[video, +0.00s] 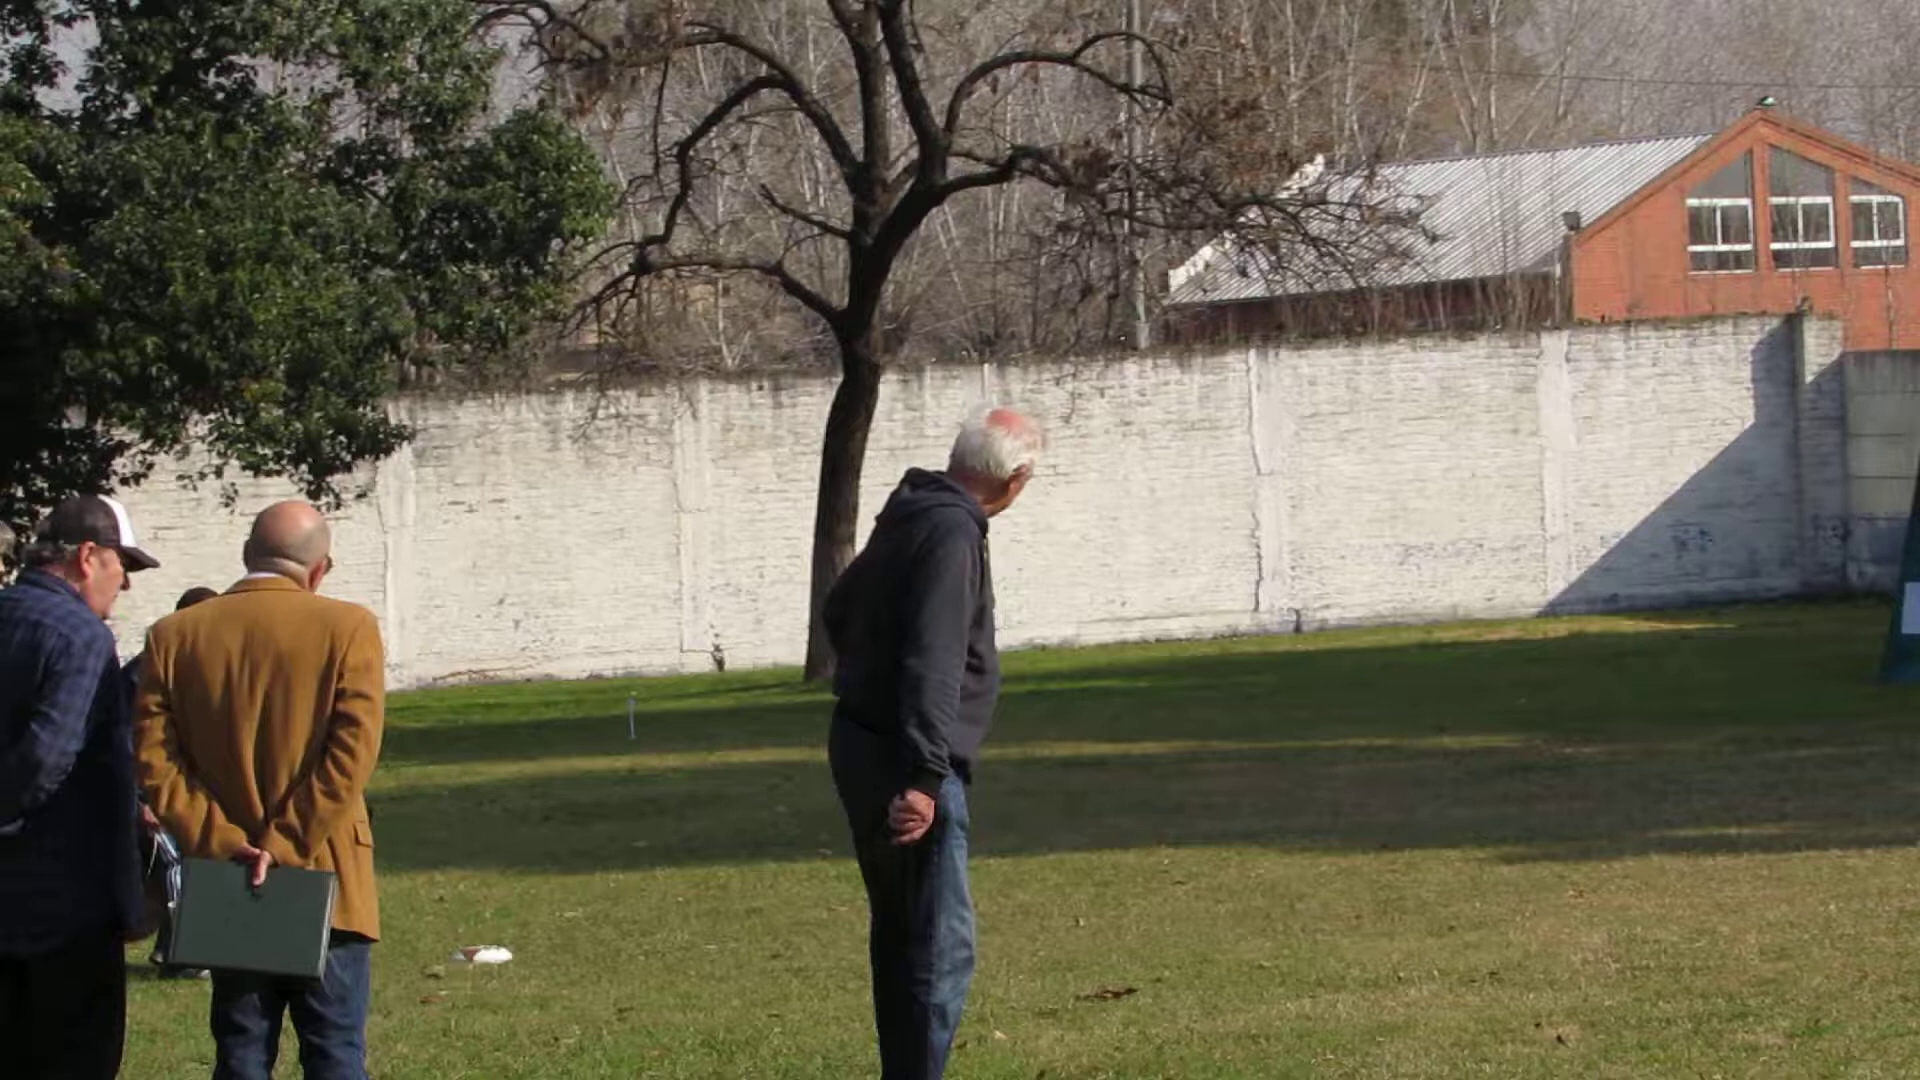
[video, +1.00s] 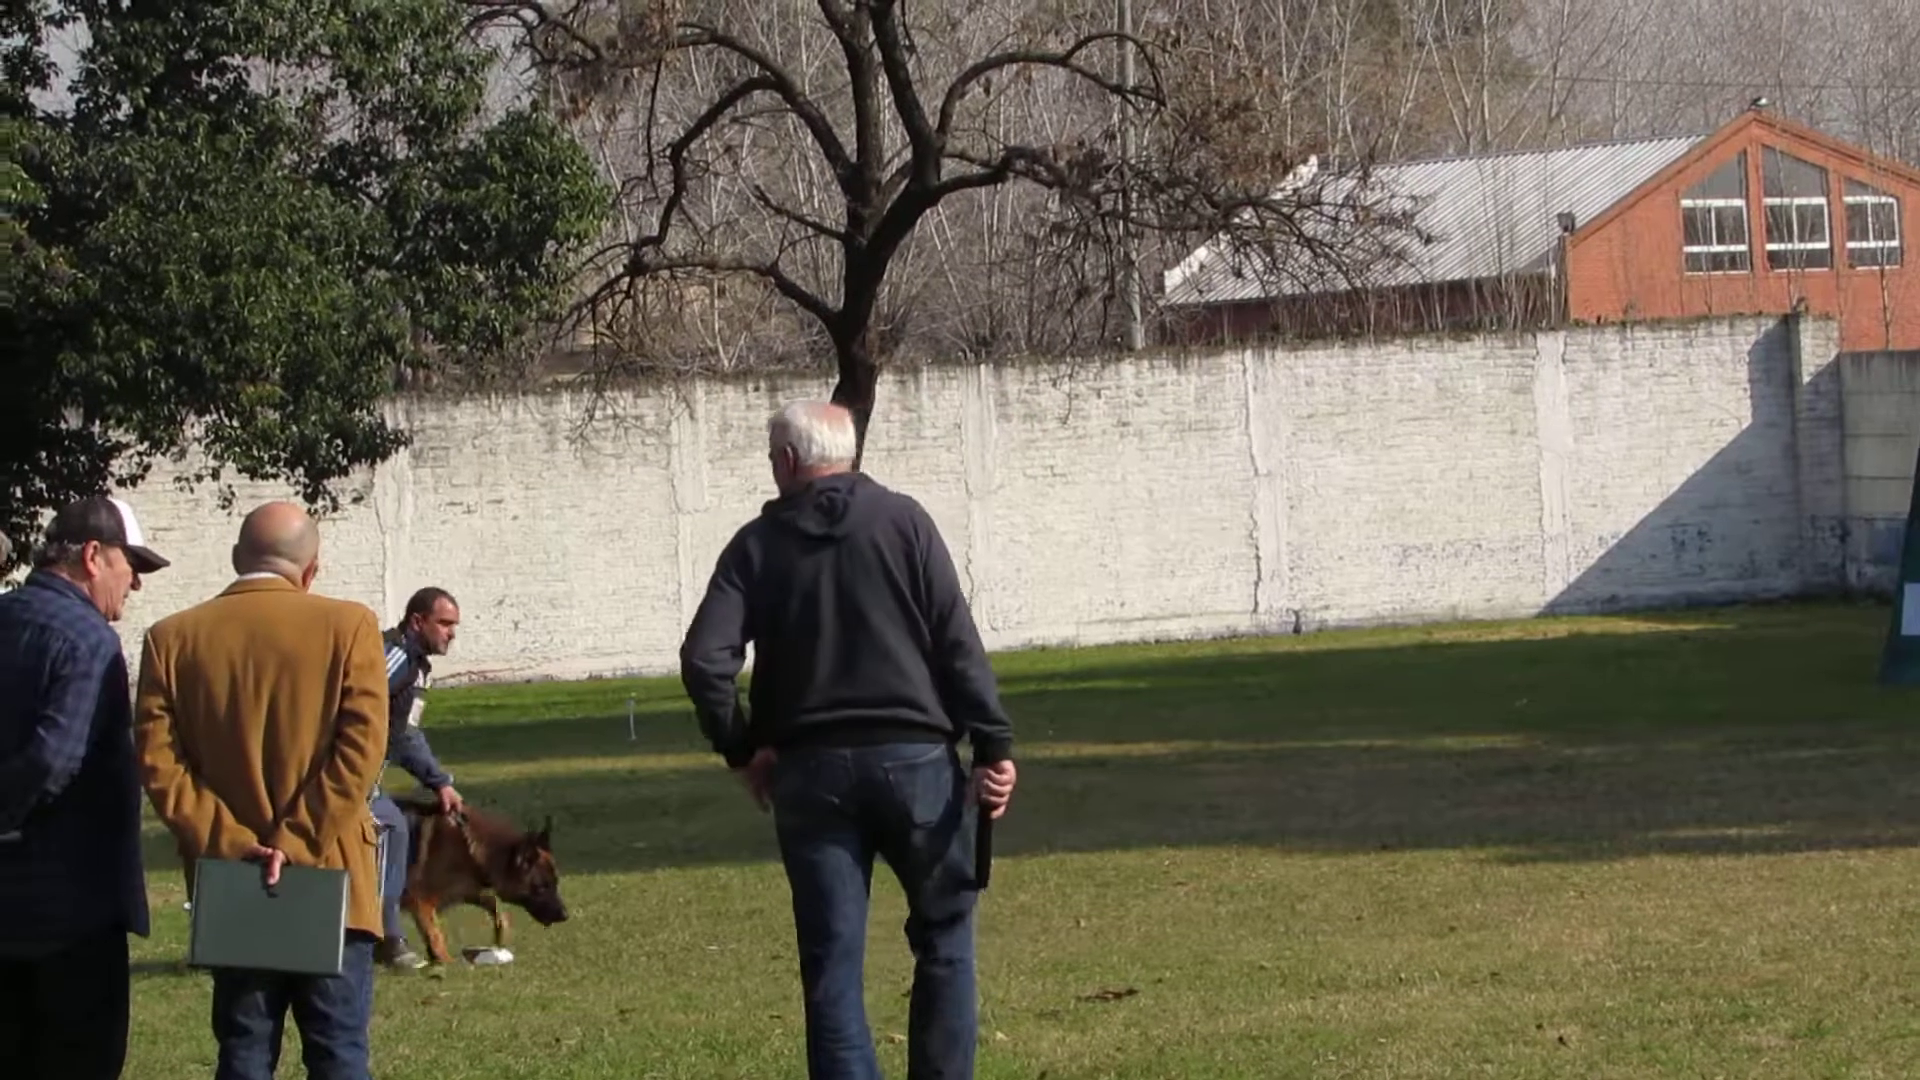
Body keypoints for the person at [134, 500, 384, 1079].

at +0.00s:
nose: (325, 571)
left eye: (322, 562)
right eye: (325, 563)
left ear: (245, 557)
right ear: (316, 569)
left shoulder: (172, 634)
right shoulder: (349, 627)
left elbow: (152, 764)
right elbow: (351, 756)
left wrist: (224, 841)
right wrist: (283, 843)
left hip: (226, 899)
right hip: (331, 895)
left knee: (241, 1055)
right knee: (336, 1053)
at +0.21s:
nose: (306, 572)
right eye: (306, 564)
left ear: (226, 557)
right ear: (297, 569)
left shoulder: (154, 636)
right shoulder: (331, 627)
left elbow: (139, 767)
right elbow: (336, 756)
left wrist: (211, 843)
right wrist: (267, 843)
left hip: (213, 900)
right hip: (317, 898)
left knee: (227, 1057)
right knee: (322, 1055)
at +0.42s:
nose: (303, 572)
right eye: (303, 562)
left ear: (222, 557)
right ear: (294, 568)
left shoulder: (152, 635)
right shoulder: (330, 625)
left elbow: (139, 762)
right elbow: (338, 750)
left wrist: (210, 841)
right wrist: (270, 839)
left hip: (213, 900)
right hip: (317, 896)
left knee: (227, 1054)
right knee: (323, 1052)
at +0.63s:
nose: (309, 567)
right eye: (309, 559)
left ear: (229, 556)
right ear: (300, 565)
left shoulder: (161, 635)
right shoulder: (340, 622)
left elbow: (148, 770)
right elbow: (350, 749)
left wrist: (226, 843)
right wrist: (282, 837)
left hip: (222, 898)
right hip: (329, 896)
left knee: (237, 1053)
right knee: (333, 1050)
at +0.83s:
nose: (312, 570)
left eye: (311, 561)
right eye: (311, 561)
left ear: (232, 558)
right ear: (300, 565)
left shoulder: (166, 636)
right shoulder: (344, 624)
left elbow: (154, 766)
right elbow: (357, 747)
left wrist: (232, 846)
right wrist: (289, 838)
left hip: (227, 898)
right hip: (333, 894)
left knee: (242, 1051)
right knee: (338, 1050)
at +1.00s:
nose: (317, 570)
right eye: (316, 561)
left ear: (237, 558)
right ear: (308, 567)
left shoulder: (171, 638)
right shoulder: (350, 625)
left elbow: (159, 767)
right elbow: (361, 752)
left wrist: (236, 846)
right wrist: (293, 840)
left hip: (230, 896)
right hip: (335, 893)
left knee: (243, 1051)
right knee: (339, 1051)